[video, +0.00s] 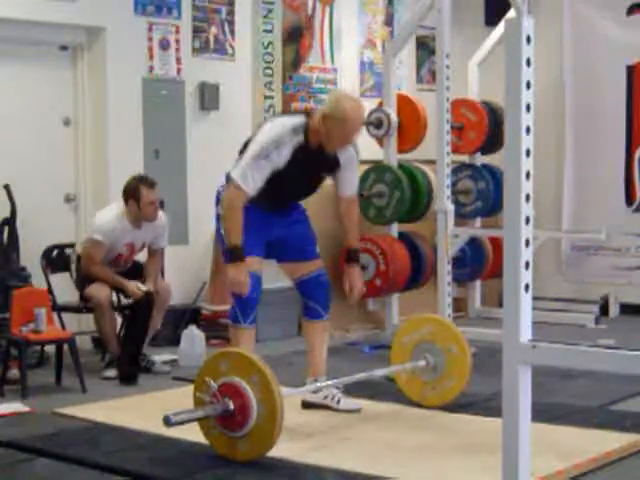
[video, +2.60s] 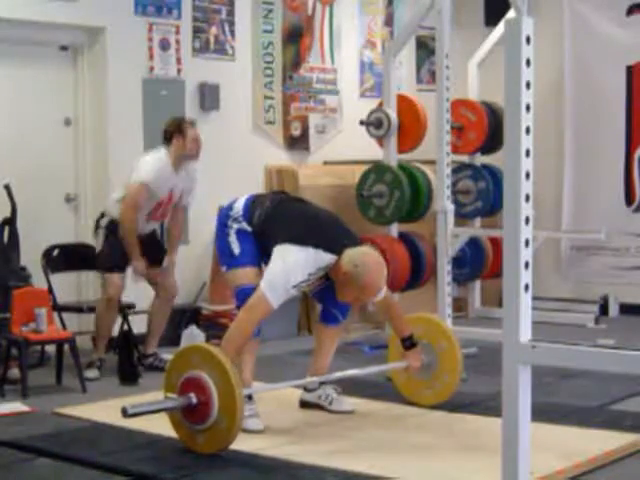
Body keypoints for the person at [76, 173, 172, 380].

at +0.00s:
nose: (156, 209)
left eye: (157, 203)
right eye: (151, 204)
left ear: (157, 201)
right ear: (132, 205)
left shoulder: (159, 221)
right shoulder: (106, 223)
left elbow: (155, 254)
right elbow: (90, 265)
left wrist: (151, 282)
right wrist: (125, 285)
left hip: (128, 266)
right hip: (99, 268)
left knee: (162, 291)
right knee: (101, 296)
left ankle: (139, 350)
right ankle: (115, 356)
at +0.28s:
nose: (127, 195)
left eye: (127, 189)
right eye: (121, 190)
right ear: (102, 195)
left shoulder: (130, 218)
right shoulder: (85, 219)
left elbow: (143, 252)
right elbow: (78, 266)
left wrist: (144, 271)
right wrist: (116, 278)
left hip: (116, 273)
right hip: (86, 275)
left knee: (159, 291)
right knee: (98, 295)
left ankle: (144, 349)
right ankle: (112, 355)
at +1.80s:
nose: (149, 214)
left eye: (148, 208)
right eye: (145, 208)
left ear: (131, 211)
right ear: (129, 211)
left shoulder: (143, 227)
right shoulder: (93, 226)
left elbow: (147, 259)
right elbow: (76, 267)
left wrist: (142, 275)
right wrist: (115, 281)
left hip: (121, 279)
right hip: (87, 279)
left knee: (161, 287)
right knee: (93, 292)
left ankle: (150, 352)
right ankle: (96, 358)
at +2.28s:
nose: (181, 211)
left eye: (181, 206)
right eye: (177, 206)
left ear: (161, 209)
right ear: (159, 209)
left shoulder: (171, 226)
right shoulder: (128, 223)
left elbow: (164, 256)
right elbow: (103, 262)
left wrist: (153, 281)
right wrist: (124, 291)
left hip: (138, 266)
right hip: (107, 266)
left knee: (171, 290)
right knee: (101, 297)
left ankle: (150, 352)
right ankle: (97, 359)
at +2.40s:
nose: (188, 187)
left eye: (188, 180)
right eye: (184, 181)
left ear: (170, 183)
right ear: (167, 182)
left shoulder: (178, 205)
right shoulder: (133, 204)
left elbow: (168, 245)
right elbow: (110, 248)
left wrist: (160, 278)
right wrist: (125, 290)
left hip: (139, 253)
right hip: (106, 251)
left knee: (173, 291)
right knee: (105, 297)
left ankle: (150, 352)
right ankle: (97, 358)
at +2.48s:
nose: (191, 169)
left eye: (191, 163)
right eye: (187, 164)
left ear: (175, 166)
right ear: (170, 167)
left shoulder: (183, 192)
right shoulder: (142, 188)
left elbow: (171, 239)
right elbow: (118, 232)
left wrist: (161, 275)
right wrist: (125, 279)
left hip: (142, 245)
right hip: (109, 241)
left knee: (170, 289)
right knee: (108, 294)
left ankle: (151, 352)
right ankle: (98, 357)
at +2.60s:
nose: (199, 145)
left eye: (199, 140)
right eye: (194, 140)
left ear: (184, 141)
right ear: (177, 140)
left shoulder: (188, 172)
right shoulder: (152, 166)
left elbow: (178, 215)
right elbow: (127, 212)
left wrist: (171, 255)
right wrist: (136, 258)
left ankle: (150, 352)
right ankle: (98, 356)